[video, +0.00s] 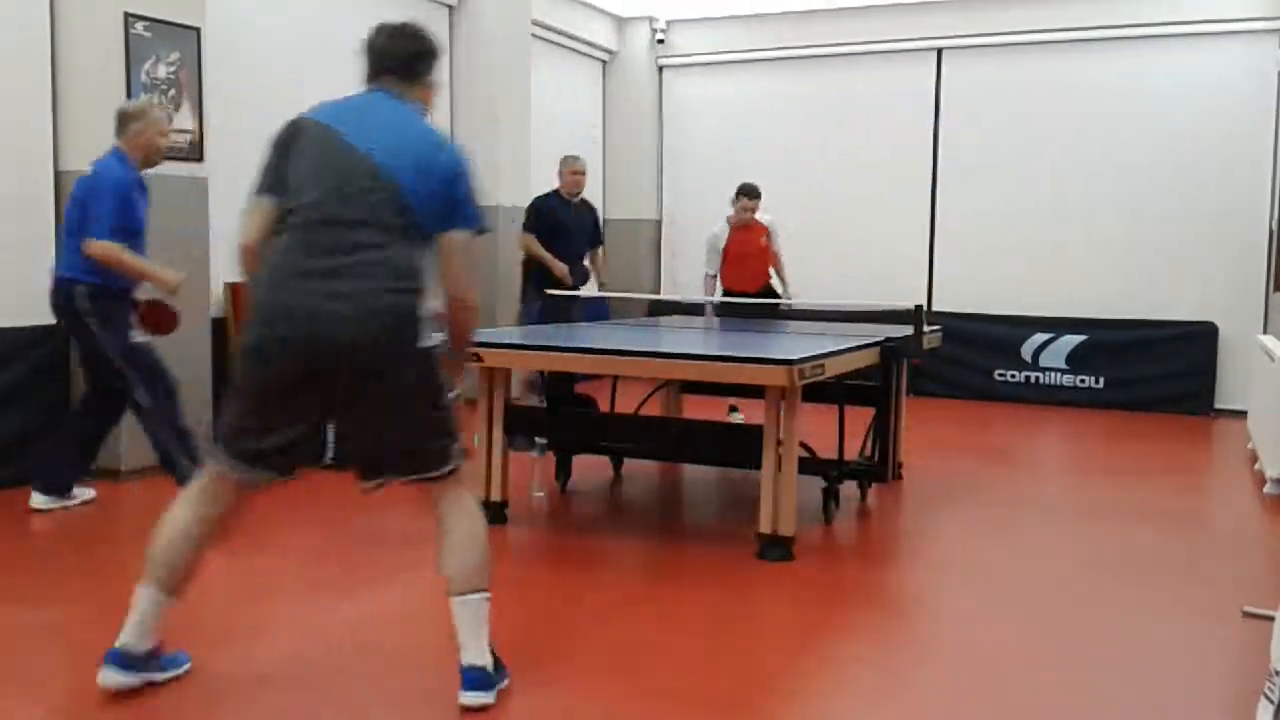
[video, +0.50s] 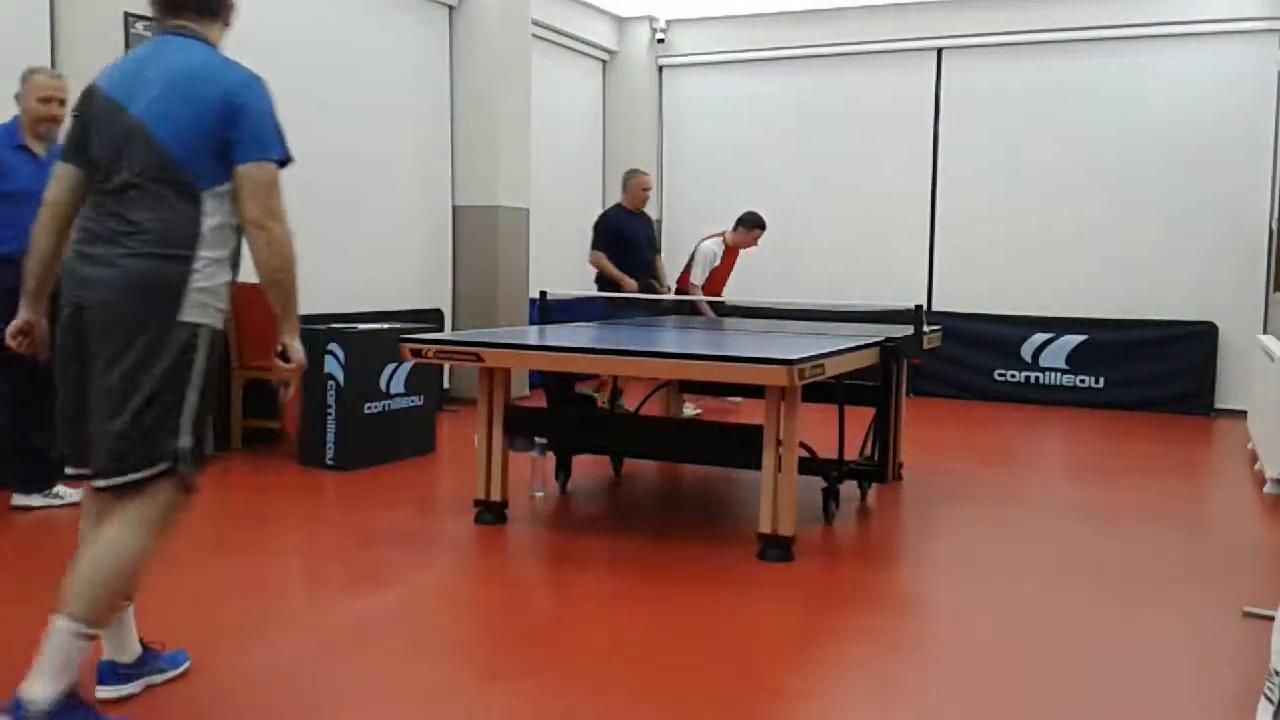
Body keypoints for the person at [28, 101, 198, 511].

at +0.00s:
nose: (168, 144)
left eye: (168, 136)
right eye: (162, 136)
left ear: (139, 137)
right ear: (138, 135)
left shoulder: (131, 179)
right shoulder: (109, 176)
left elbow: (117, 250)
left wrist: (135, 301)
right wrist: (158, 275)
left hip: (103, 295)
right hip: (85, 294)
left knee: (108, 392)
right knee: (151, 383)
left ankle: (54, 484)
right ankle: (192, 474)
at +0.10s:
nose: (146, 131)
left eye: (147, 123)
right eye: (139, 123)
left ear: (119, 124)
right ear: (111, 121)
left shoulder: (113, 169)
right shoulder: (78, 162)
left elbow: (96, 239)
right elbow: (50, 230)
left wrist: (115, 298)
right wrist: (100, 281)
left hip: (82, 283)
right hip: (59, 280)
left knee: (77, 379)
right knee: (116, 372)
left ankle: (50, 483)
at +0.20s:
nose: (120, 116)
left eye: (125, 108)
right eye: (112, 106)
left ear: (124, 111)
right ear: (86, 104)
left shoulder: (103, 155)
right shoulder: (54, 146)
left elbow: (88, 222)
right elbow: (11, 202)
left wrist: (103, 278)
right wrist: (39, 264)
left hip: (83, 270)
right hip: (49, 267)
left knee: (82, 372)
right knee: (72, 369)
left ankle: (60, 474)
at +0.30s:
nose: (94, 116)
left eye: (100, 108)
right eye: (85, 107)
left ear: (104, 111)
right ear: (59, 107)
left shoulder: (91, 161)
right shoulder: (31, 149)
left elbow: (85, 219)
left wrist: (93, 273)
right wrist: (2, 266)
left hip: (71, 268)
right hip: (35, 266)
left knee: (65, 373)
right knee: (40, 372)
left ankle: (53, 471)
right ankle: (23, 479)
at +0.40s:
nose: (72, 115)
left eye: (79, 107)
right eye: (63, 106)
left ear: (86, 111)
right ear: (39, 106)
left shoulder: (77, 161)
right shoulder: (14, 151)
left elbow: (81, 225)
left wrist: (80, 278)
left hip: (59, 273)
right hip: (17, 271)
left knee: (56, 369)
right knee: (23, 370)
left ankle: (53, 470)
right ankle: (24, 479)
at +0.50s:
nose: (54, 110)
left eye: (61, 102)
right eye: (44, 101)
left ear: (68, 107)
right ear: (20, 103)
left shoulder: (67, 155)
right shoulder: (6, 149)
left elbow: (77, 220)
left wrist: (76, 273)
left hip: (54, 276)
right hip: (12, 276)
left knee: (45, 373)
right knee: (18, 374)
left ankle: (45, 470)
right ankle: (25, 478)